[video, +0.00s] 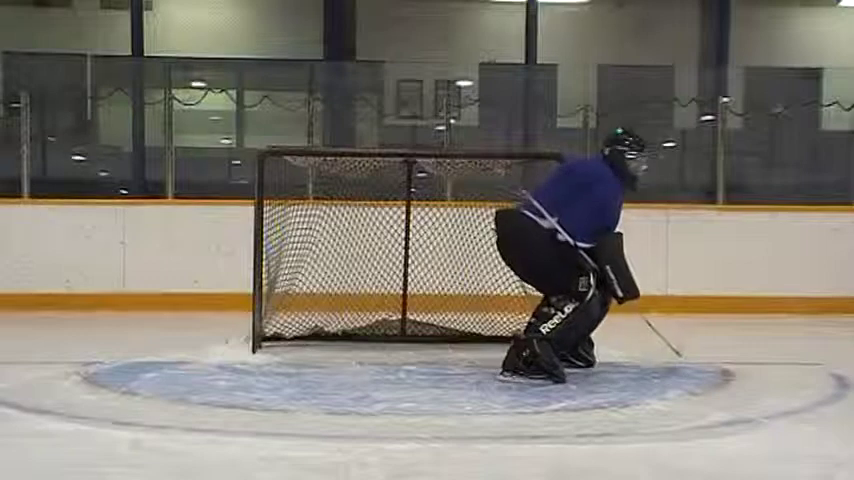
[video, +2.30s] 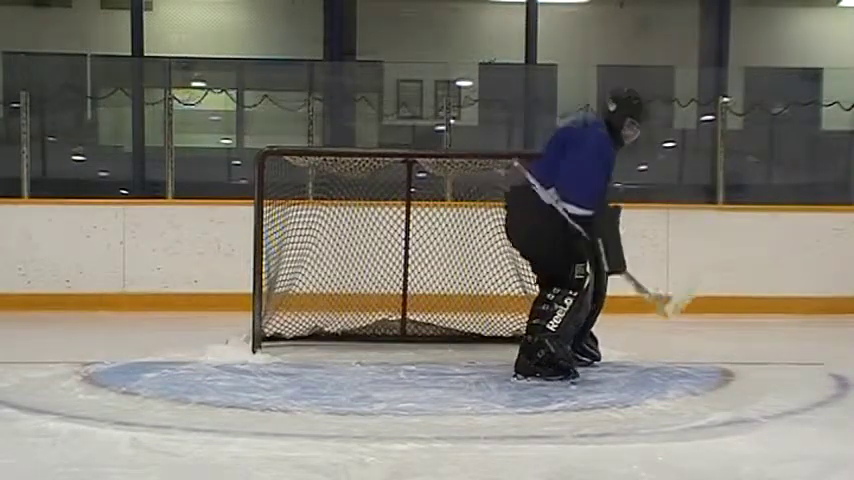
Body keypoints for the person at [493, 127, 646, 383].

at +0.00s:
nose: (641, 169)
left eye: (643, 162)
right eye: (637, 161)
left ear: (611, 154)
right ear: (621, 159)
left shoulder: (585, 167)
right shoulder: (608, 187)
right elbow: (605, 244)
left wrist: (605, 274)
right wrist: (626, 289)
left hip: (514, 228)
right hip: (534, 237)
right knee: (589, 292)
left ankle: (569, 343)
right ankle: (531, 351)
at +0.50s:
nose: (627, 133)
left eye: (627, 126)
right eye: (620, 126)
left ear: (597, 131)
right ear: (603, 130)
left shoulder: (581, 153)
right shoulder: (600, 163)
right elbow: (590, 229)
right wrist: (606, 267)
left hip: (518, 221)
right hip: (535, 227)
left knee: (566, 285)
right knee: (591, 289)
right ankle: (539, 348)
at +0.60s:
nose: (625, 121)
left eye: (624, 114)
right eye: (618, 115)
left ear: (596, 120)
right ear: (600, 120)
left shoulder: (579, 145)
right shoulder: (596, 155)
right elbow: (586, 218)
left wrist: (601, 250)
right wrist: (603, 260)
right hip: (535, 224)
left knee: (565, 284)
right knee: (583, 284)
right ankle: (533, 349)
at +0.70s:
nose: (622, 111)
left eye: (621, 104)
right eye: (615, 106)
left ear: (594, 111)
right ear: (596, 111)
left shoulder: (599, 144)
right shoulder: (585, 145)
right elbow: (581, 209)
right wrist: (589, 254)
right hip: (554, 225)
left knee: (597, 284)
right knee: (582, 285)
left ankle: (569, 340)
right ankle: (533, 349)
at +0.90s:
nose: (617, 92)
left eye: (616, 85)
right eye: (610, 86)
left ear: (587, 92)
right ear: (593, 90)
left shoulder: (563, 122)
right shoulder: (595, 128)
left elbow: (573, 178)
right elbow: (593, 188)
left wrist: (621, 190)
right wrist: (612, 226)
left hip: (531, 210)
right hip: (560, 215)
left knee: (561, 278)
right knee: (589, 280)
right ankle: (540, 347)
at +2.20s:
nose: (629, 122)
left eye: (633, 117)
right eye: (627, 114)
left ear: (604, 104)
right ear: (612, 105)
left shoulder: (586, 123)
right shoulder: (590, 129)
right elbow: (575, 191)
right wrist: (598, 235)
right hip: (545, 211)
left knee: (560, 280)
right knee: (574, 280)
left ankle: (542, 349)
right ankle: (540, 353)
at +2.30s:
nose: (633, 133)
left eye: (637, 127)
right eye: (630, 125)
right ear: (615, 116)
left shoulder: (591, 134)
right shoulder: (594, 141)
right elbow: (579, 207)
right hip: (536, 214)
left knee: (560, 281)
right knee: (573, 281)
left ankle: (543, 349)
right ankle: (540, 353)